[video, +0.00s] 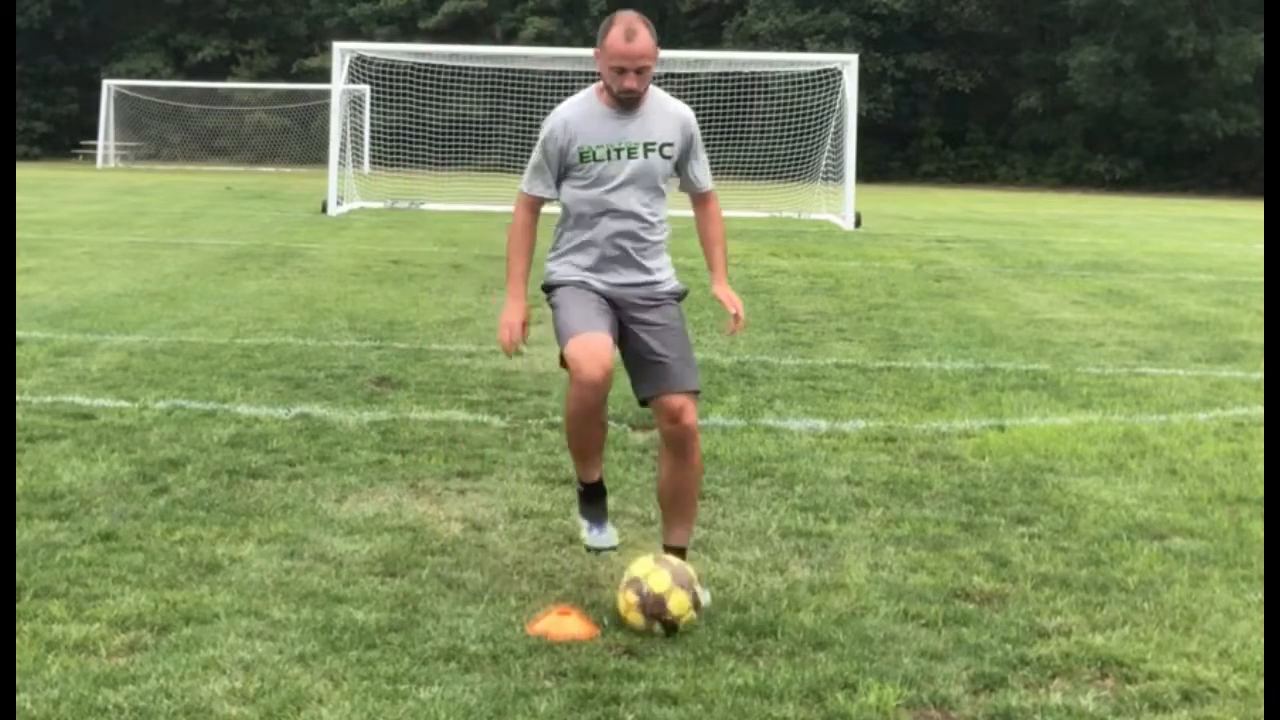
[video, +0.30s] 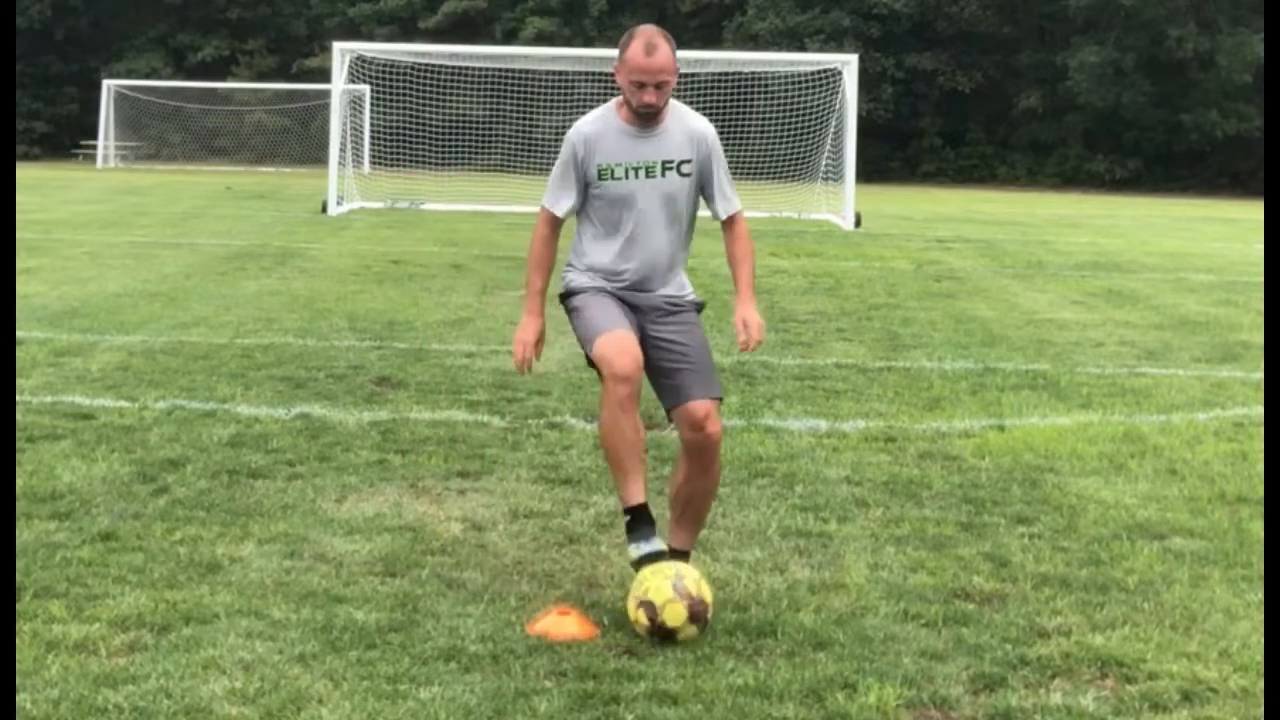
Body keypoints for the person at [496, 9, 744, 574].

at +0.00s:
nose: (631, 83)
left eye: (642, 70)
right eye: (619, 70)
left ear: (657, 64)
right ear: (597, 62)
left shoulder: (677, 120)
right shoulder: (565, 123)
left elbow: (704, 199)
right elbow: (527, 206)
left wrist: (719, 279)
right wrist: (515, 299)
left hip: (650, 283)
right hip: (578, 277)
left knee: (681, 417)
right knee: (592, 370)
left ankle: (675, 561)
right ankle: (592, 499)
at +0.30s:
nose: (649, 98)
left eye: (661, 85)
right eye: (638, 85)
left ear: (676, 78)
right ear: (617, 75)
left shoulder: (698, 135)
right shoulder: (585, 136)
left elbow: (731, 219)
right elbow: (549, 221)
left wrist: (746, 300)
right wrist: (532, 314)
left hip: (667, 292)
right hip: (595, 284)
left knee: (704, 425)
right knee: (623, 366)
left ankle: (677, 562)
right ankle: (639, 528)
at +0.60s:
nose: (653, 82)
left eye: (665, 70)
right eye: (642, 69)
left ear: (680, 62)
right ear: (620, 57)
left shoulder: (703, 116)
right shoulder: (589, 121)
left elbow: (735, 201)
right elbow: (557, 207)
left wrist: (745, 278)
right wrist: (541, 299)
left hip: (677, 285)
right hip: (606, 275)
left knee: (701, 417)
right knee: (635, 361)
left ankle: (677, 562)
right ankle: (643, 525)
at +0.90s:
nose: (658, 52)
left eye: (669, 41)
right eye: (647, 41)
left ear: (684, 29)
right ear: (623, 26)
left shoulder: (709, 86)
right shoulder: (591, 89)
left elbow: (735, 170)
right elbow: (564, 174)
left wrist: (740, 244)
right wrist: (550, 262)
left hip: (685, 258)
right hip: (614, 249)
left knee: (692, 403)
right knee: (647, 345)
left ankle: (685, 550)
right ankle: (645, 480)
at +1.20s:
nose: (663, 53)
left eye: (674, 41)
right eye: (651, 40)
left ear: (691, 29)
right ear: (630, 26)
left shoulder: (715, 87)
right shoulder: (596, 85)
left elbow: (742, 170)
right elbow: (565, 167)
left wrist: (742, 245)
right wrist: (550, 251)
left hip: (687, 261)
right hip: (616, 257)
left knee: (692, 399)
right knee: (647, 362)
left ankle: (693, 540)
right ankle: (662, 486)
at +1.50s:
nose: (665, 75)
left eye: (678, 63)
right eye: (654, 61)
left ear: (696, 51)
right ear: (635, 46)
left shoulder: (719, 115)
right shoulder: (602, 107)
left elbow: (751, 195)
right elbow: (564, 182)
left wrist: (751, 272)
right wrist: (544, 266)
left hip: (687, 284)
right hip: (613, 279)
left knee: (697, 422)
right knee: (632, 393)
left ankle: (697, 551)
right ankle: (662, 526)